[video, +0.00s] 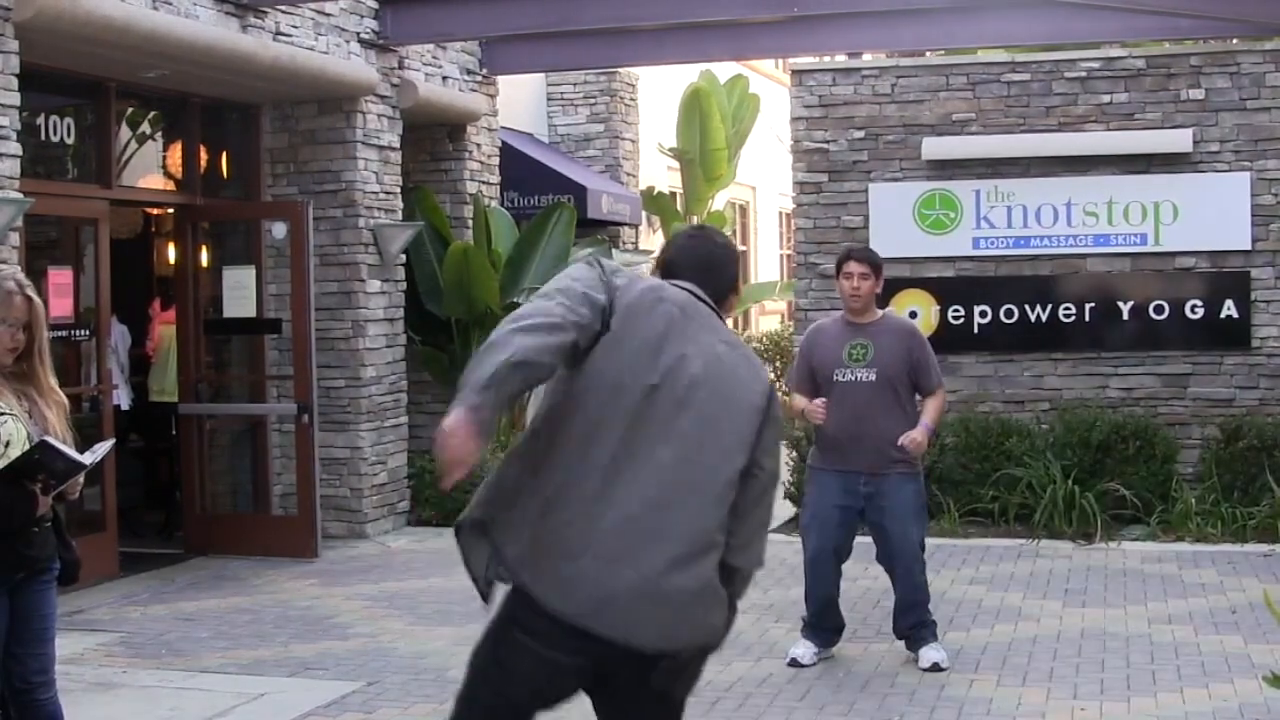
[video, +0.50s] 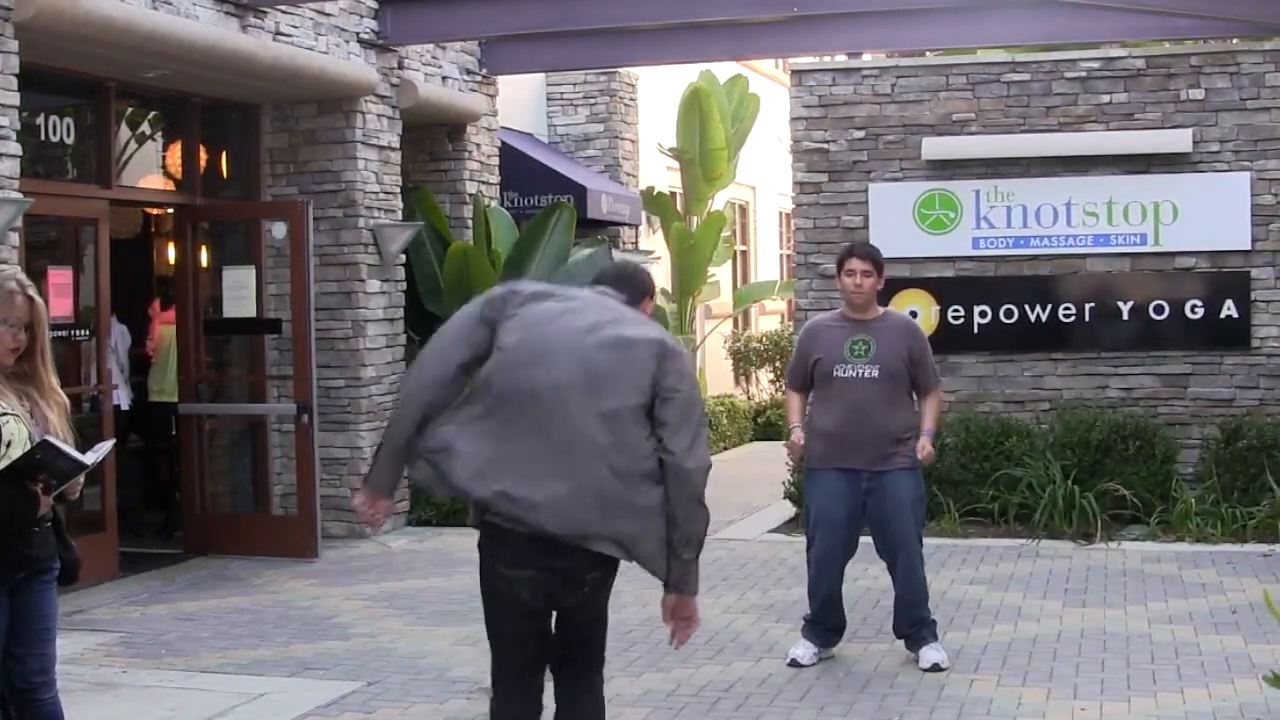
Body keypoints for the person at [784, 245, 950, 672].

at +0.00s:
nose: (854, 285)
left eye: (863, 277)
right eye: (847, 277)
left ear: (878, 283)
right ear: (837, 283)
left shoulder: (906, 334)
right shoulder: (818, 335)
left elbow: (934, 393)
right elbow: (794, 398)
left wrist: (923, 429)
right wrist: (805, 407)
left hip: (895, 470)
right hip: (831, 470)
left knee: (906, 555)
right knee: (819, 552)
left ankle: (922, 638)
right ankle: (818, 636)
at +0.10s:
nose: (856, 280)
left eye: (865, 273)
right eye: (849, 272)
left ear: (879, 279)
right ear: (838, 279)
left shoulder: (907, 328)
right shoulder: (818, 331)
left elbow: (934, 390)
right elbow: (801, 389)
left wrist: (926, 432)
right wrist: (806, 421)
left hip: (898, 466)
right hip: (833, 465)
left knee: (911, 554)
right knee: (825, 553)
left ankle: (923, 638)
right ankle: (819, 635)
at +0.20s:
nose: (857, 280)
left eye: (866, 273)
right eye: (849, 273)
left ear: (880, 279)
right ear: (839, 281)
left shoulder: (908, 328)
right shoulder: (817, 331)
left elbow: (933, 389)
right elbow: (799, 388)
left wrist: (931, 439)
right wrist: (797, 432)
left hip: (897, 461)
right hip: (832, 461)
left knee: (910, 551)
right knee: (827, 551)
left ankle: (922, 638)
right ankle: (817, 636)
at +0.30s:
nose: (858, 283)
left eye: (866, 276)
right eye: (850, 276)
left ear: (881, 282)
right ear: (839, 283)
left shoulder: (908, 331)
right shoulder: (817, 334)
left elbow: (933, 392)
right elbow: (798, 390)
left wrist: (935, 444)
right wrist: (794, 437)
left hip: (899, 462)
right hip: (832, 464)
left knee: (910, 550)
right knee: (826, 551)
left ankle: (922, 637)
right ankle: (818, 635)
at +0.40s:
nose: (858, 284)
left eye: (866, 276)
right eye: (850, 276)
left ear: (881, 282)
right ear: (839, 283)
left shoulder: (908, 332)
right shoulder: (816, 334)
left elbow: (932, 392)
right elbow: (799, 389)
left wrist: (934, 442)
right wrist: (794, 434)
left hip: (899, 463)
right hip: (832, 465)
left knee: (909, 550)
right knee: (826, 552)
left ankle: (922, 637)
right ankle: (819, 635)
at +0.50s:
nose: (856, 281)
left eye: (865, 274)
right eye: (849, 273)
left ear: (879, 280)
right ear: (838, 280)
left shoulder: (906, 330)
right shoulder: (815, 331)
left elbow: (930, 390)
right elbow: (796, 386)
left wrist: (926, 434)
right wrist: (796, 426)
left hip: (895, 464)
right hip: (830, 465)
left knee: (906, 552)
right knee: (825, 553)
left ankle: (923, 637)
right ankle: (818, 636)